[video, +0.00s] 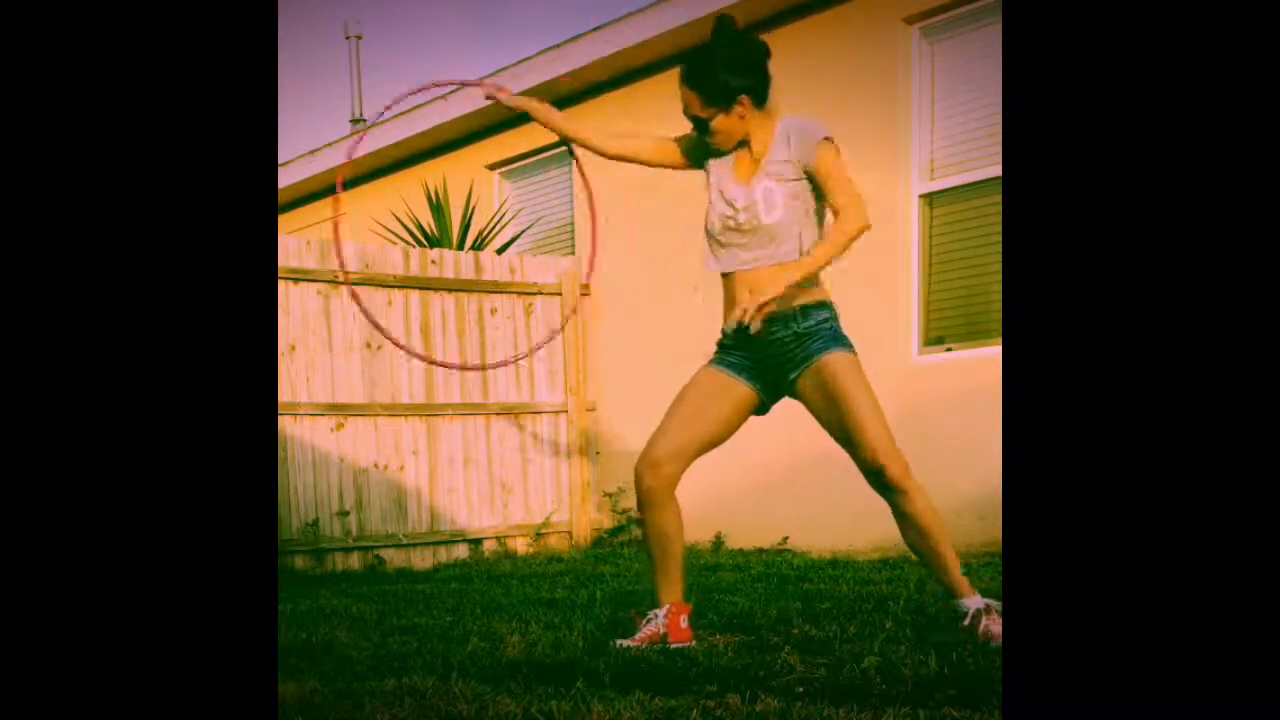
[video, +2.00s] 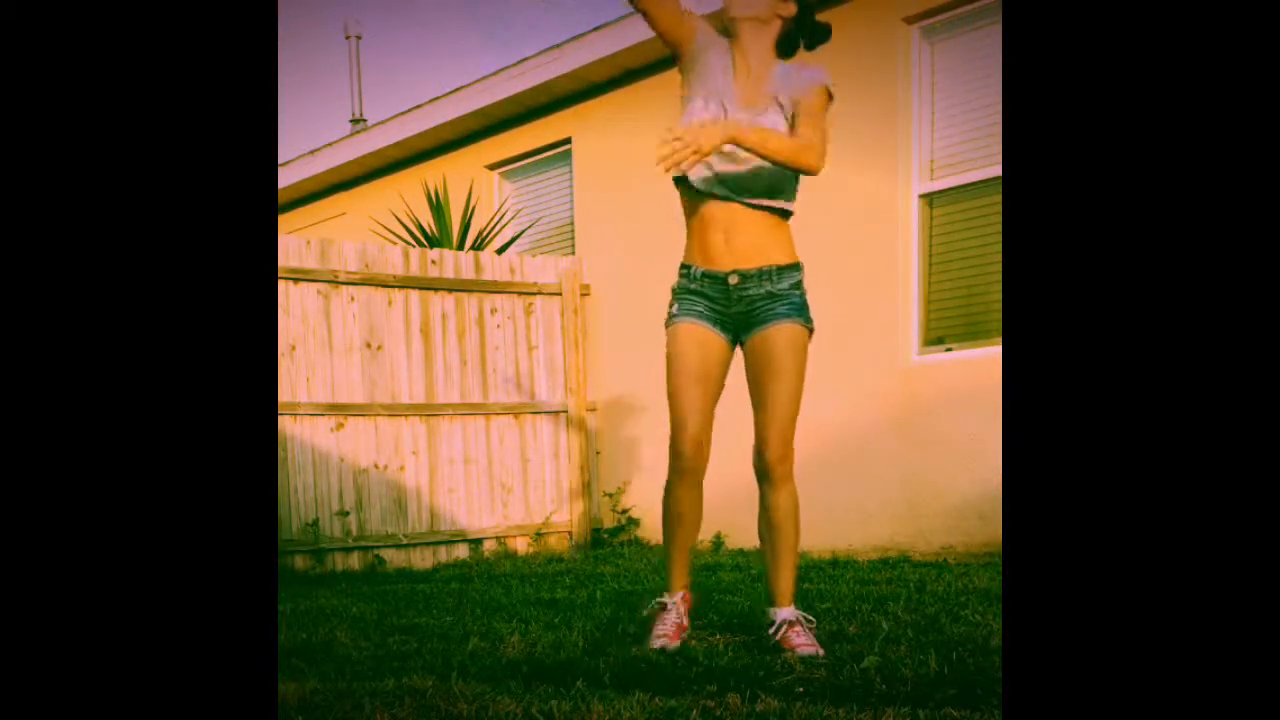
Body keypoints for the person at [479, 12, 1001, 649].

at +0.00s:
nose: (695, 128)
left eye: (701, 116)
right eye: (692, 117)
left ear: (741, 104)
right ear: (726, 107)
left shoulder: (805, 143)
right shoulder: (710, 152)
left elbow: (854, 217)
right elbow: (609, 144)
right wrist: (525, 104)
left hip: (808, 334)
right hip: (738, 351)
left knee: (886, 469)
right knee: (655, 466)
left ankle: (968, 603)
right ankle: (673, 617)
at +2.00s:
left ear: (785, 8)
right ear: (730, 7)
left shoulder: (807, 82)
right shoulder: (700, 48)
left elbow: (811, 156)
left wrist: (730, 129)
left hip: (777, 288)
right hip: (699, 288)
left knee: (774, 460)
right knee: (686, 451)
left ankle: (785, 613)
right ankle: (675, 602)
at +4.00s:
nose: (753, 32)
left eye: (767, 18)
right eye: (739, 18)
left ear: (785, 17)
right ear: (721, 17)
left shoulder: (816, 77)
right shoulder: (696, 93)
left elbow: (893, 163)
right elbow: (617, 184)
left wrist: (878, 100)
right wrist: (615, 107)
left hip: (810, 287)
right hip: (732, 291)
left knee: (802, 459)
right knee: (758, 455)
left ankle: (798, 616)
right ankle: (744, 609)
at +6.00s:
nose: (777, 4)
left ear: (831, 7)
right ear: (767, 10)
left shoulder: (864, 74)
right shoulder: (743, 91)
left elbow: (932, 153)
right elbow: (688, 187)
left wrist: (991, 219)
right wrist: (642, 274)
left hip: (858, 264)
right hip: (786, 275)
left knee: (782, 133)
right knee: (788, 458)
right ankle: (812, 615)